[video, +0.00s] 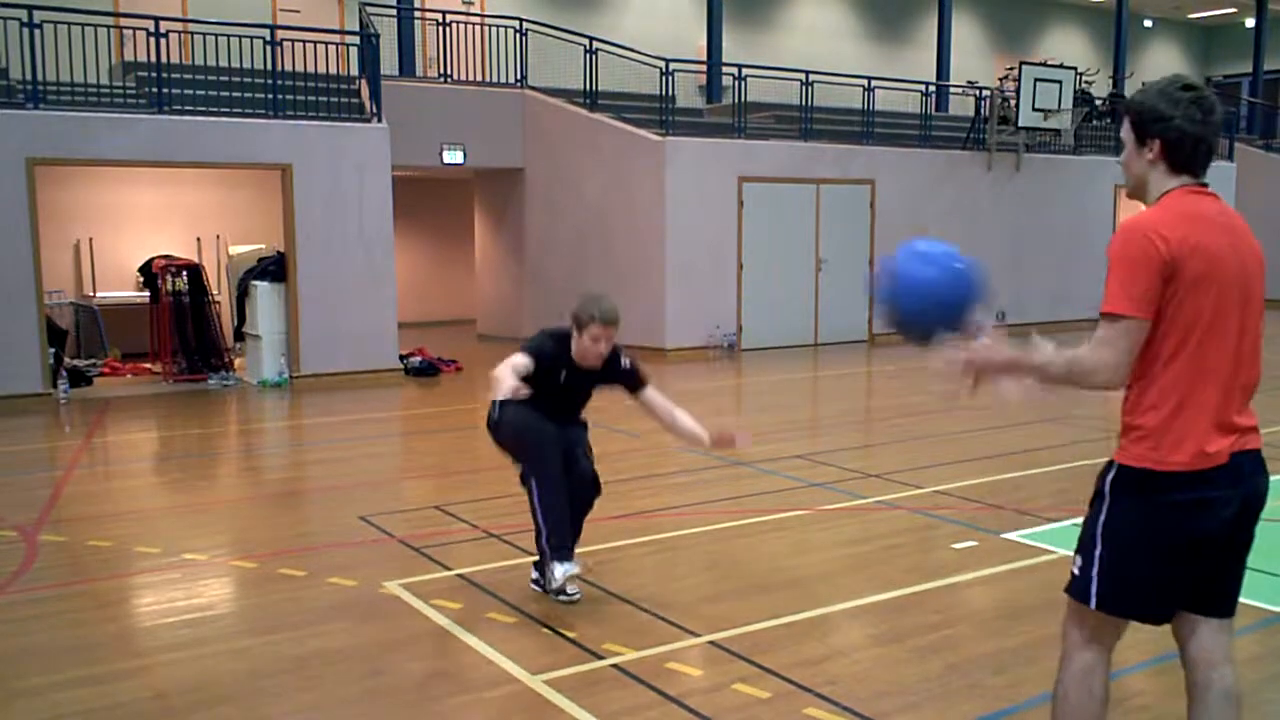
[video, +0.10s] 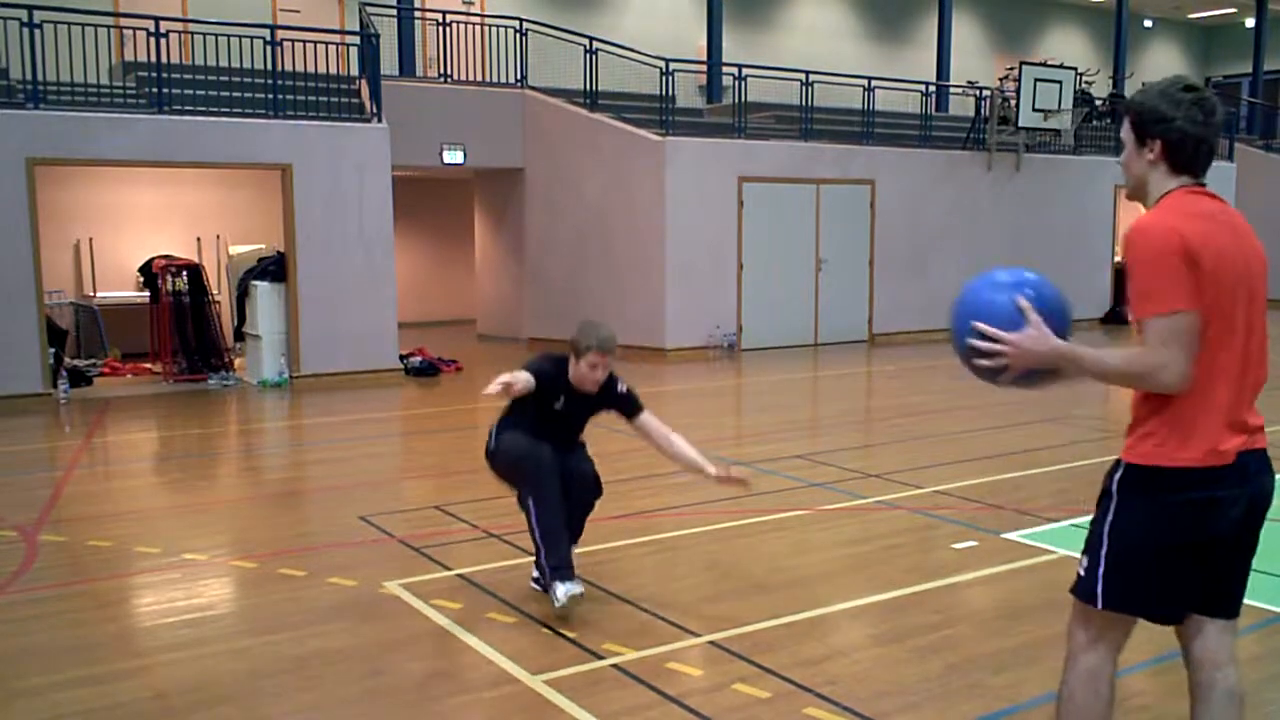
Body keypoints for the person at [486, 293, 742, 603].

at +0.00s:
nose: (602, 349)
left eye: (608, 341)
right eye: (594, 340)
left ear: (615, 338)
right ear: (576, 333)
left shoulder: (615, 362)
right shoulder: (549, 346)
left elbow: (665, 409)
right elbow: (504, 371)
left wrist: (707, 439)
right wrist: (508, 386)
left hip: (566, 426)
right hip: (521, 417)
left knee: (584, 485)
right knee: (545, 457)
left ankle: (547, 568)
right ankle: (557, 560)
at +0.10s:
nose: (599, 375)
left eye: (605, 367)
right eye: (592, 367)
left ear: (611, 363)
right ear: (574, 360)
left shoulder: (612, 388)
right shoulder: (549, 370)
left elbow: (660, 433)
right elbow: (524, 380)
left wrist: (710, 469)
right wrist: (510, 385)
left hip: (564, 449)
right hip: (516, 442)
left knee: (585, 486)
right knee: (542, 475)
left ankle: (547, 569)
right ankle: (560, 578)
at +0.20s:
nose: (590, 396)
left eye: (596, 389)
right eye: (584, 387)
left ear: (602, 385)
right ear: (565, 379)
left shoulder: (604, 411)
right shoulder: (544, 396)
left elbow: (653, 451)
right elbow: (519, 400)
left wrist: (702, 477)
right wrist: (527, 379)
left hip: (558, 477)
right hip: (510, 476)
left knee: (589, 478)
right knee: (541, 480)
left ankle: (548, 568)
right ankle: (565, 594)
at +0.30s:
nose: (581, 408)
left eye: (586, 401)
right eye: (574, 401)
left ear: (592, 401)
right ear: (555, 397)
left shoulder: (593, 428)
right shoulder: (532, 423)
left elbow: (640, 457)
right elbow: (528, 408)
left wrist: (671, 451)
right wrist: (562, 370)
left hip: (553, 514)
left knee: (586, 473)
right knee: (540, 498)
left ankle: (547, 571)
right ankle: (574, 598)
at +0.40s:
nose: (563, 408)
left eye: (567, 400)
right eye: (555, 400)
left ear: (572, 403)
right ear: (537, 402)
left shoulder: (572, 435)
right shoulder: (513, 428)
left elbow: (627, 454)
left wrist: (640, 426)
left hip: (554, 531)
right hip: (510, 537)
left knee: (590, 471)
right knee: (538, 508)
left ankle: (551, 573)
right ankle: (580, 585)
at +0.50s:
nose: (531, 419)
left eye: (536, 411)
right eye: (523, 412)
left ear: (542, 412)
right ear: (507, 415)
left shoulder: (557, 446)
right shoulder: (490, 452)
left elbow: (618, 454)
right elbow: (506, 469)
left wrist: (621, 410)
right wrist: (541, 414)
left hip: (559, 543)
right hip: (516, 550)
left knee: (594, 468)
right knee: (532, 498)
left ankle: (554, 569)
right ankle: (585, 559)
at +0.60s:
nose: (508, 430)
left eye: (509, 424)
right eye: (501, 425)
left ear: (512, 425)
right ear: (482, 431)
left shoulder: (528, 458)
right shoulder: (470, 473)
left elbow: (596, 460)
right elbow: (478, 492)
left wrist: (591, 407)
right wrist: (494, 435)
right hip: (518, 553)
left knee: (592, 462)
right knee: (520, 469)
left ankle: (572, 559)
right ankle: (579, 517)